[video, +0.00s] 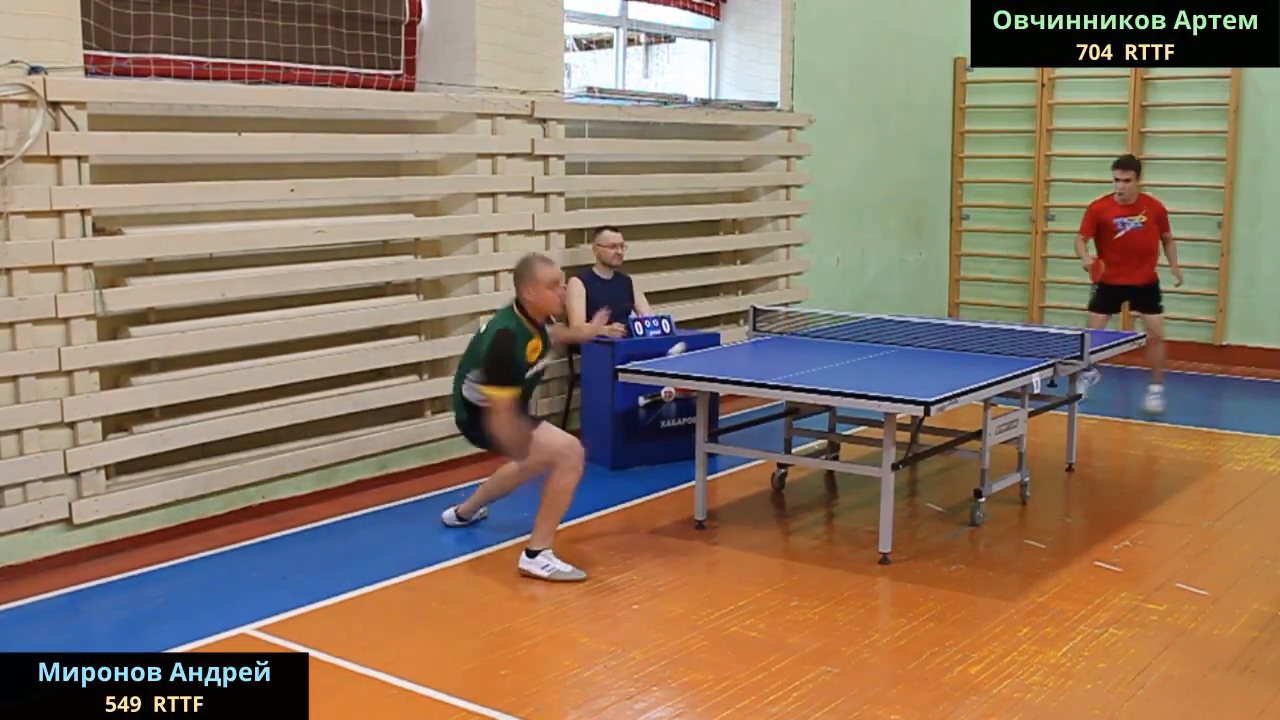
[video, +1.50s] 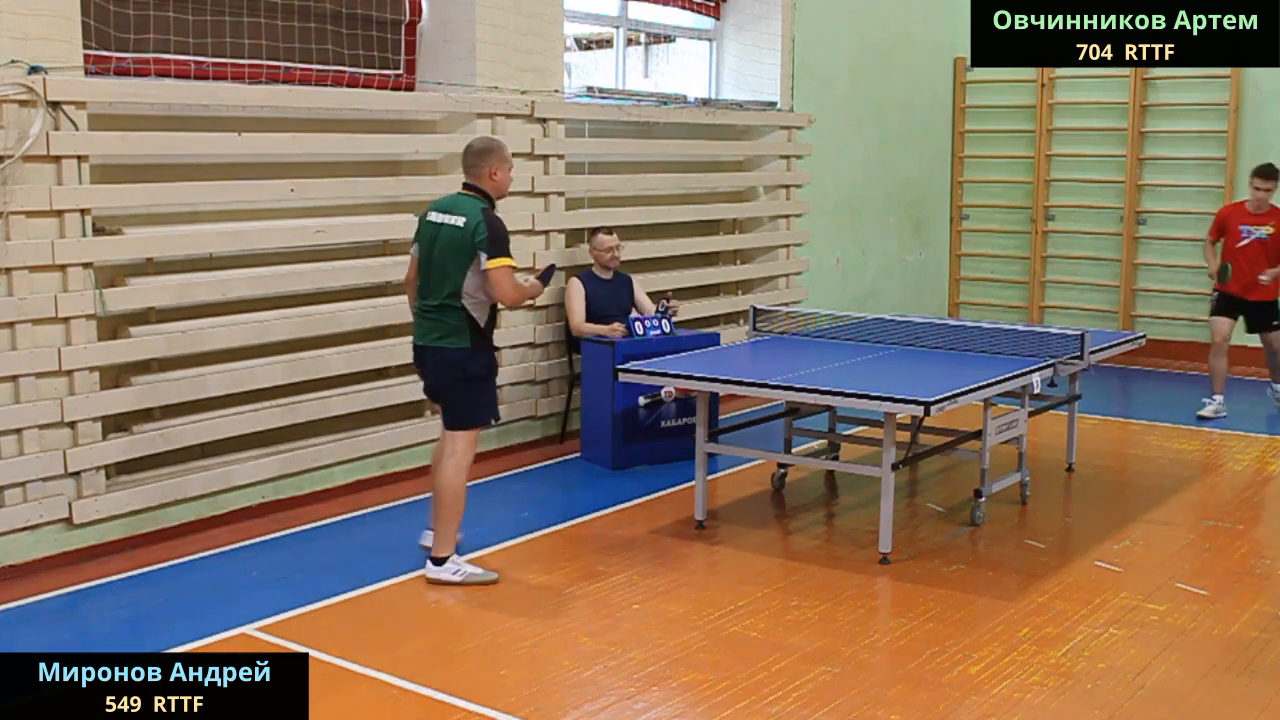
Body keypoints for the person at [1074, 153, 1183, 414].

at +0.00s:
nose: (1119, 187)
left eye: (1125, 181)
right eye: (1116, 180)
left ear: (1138, 181)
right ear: (1112, 180)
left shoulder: (1154, 208)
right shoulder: (1098, 209)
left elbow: (1167, 238)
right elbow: (1081, 240)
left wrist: (1174, 265)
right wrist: (1085, 257)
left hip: (1144, 281)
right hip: (1109, 280)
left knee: (1155, 333)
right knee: (1093, 329)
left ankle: (1156, 388)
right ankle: (1089, 373)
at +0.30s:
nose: (1156, 217)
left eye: (1161, 212)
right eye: (1152, 211)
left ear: (1170, 213)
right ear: (1146, 211)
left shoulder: (1183, 237)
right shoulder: (1131, 239)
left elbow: (1201, 267)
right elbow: (1120, 273)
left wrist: (1208, 293)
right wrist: (1133, 295)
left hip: (1178, 303)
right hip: (1145, 303)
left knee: (1207, 349)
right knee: (1111, 344)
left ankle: (1218, 388)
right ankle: (1098, 383)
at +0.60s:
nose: (1240, 227)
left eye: (1246, 222)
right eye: (1236, 220)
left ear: (1253, 222)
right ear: (1229, 217)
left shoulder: (1254, 242)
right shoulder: (1213, 241)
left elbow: (1260, 274)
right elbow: (1229, 282)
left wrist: (1277, 290)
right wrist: (1265, 278)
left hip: (1228, 304)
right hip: (1194, 304)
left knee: (1264, 342)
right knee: (1159, 347)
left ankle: (1266, 393)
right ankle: (1117, 382)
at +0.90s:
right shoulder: (1268, 242)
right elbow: (1246, 280)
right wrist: (1268, 312)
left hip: (1257, 297)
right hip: (1228, 291)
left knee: (1278, 339)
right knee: (1213, 345)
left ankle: (1271, 392)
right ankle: (1180, 386)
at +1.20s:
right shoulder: (1260, 212)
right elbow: (1229, 237)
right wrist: (1230, 275)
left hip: (1274, 289)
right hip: (1246, 285)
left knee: (1278, 340)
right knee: (1232, 338)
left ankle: (1277, 389)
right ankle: (1219, 391)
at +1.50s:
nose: (1260, 195)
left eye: (1266, 190)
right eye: (1257, 189)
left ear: (1274, 191)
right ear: (1249, 186)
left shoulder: (1277, 218)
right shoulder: (1228, 213)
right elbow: (1210, 241)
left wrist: (1275, 271)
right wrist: (1212, 266)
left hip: (1265, 294)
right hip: (1229, 291)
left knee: (1274, 345)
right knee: (1219, 339)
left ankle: (1276, 386)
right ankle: (1217, 400)